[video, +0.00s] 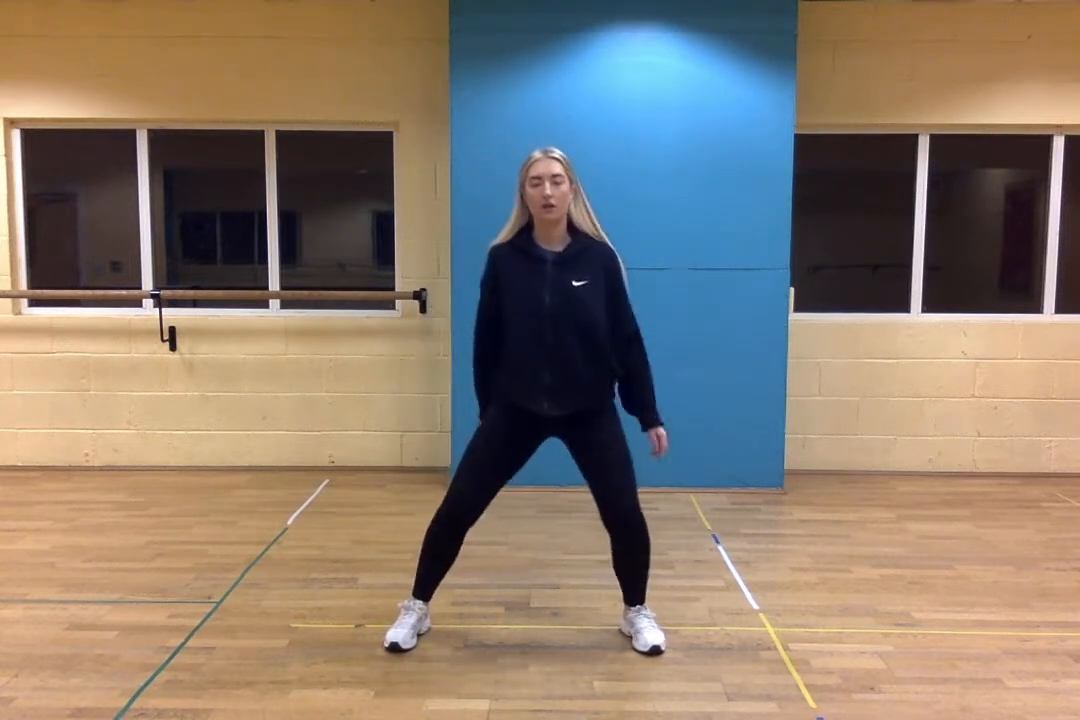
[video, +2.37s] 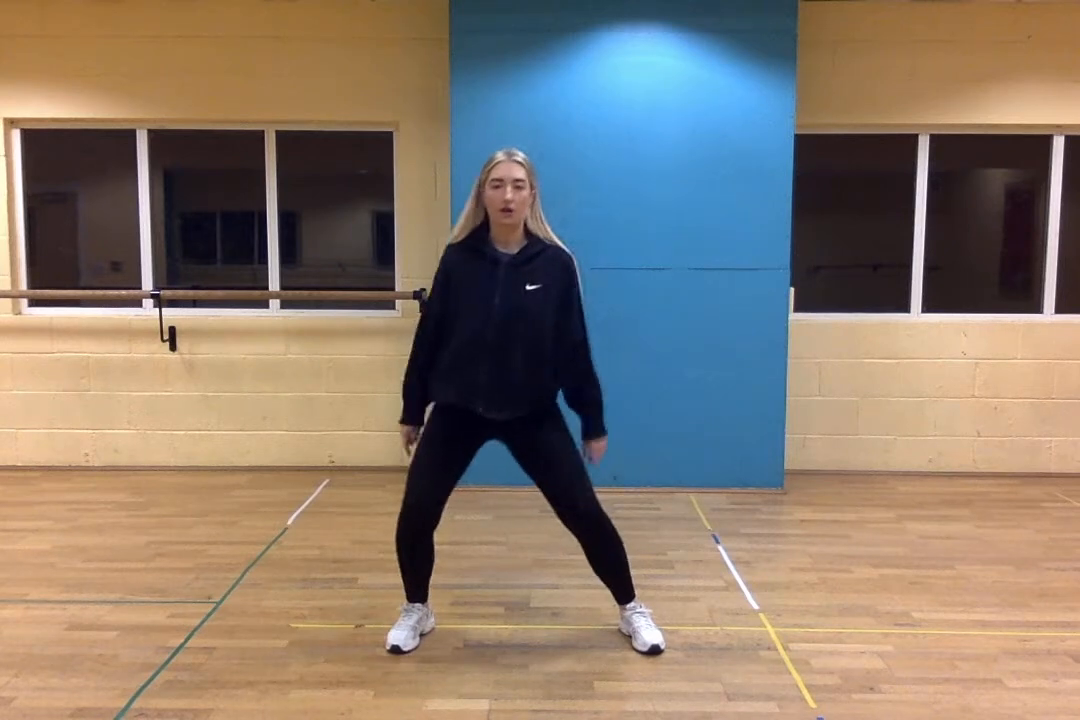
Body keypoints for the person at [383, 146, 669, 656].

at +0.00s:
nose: (547, 190)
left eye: (556, 181)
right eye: (537, 183)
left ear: (572, 189)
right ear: (524, 194)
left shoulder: (599, 256)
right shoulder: (504, 257)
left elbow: (626, 336)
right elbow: (487, 335)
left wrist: (648, 415)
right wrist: (488, 405)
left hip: (588, 407)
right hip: (517, 407)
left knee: (625, 514)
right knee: (458, 505)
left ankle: (637, 611)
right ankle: (416, 607)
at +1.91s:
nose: (559, 192)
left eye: (568, 182)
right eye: (548, 184)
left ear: (583, 192)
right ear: (533, 195)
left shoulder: (610, 256)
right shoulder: (513, 259)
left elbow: (637, 335)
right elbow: (498, 335)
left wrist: (662, 411)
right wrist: (504, 401)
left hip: (601, 408)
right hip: (528, 408)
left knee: (637, 514)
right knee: (469, 507)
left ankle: (638, 610)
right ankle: (421, 606)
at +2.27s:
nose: (511, 191)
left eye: (521, 181)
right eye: (501, 181)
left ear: (535, 191)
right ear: (486, 191)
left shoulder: (559, 259)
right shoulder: (461, 255)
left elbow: (582, 339)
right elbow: (437, 329)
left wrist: (605, 416)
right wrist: (428, 405)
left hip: (532, 408)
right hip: (460, 405)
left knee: (581, 512)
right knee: (415, 514)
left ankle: (631, 608)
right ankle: (416, 608)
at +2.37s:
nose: (507, 194)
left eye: (518, 185)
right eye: (497, 185)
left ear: (532, 196)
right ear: (482, 195)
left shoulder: (555, 261)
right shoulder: (458, 257)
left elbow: (573, 345)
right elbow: (429, 333)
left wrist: (593, 419)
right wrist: (412, 409)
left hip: (530, 409)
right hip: (459, 407)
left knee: (583, 511)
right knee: (415, 514)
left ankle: (631, 609)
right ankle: (415, 608)